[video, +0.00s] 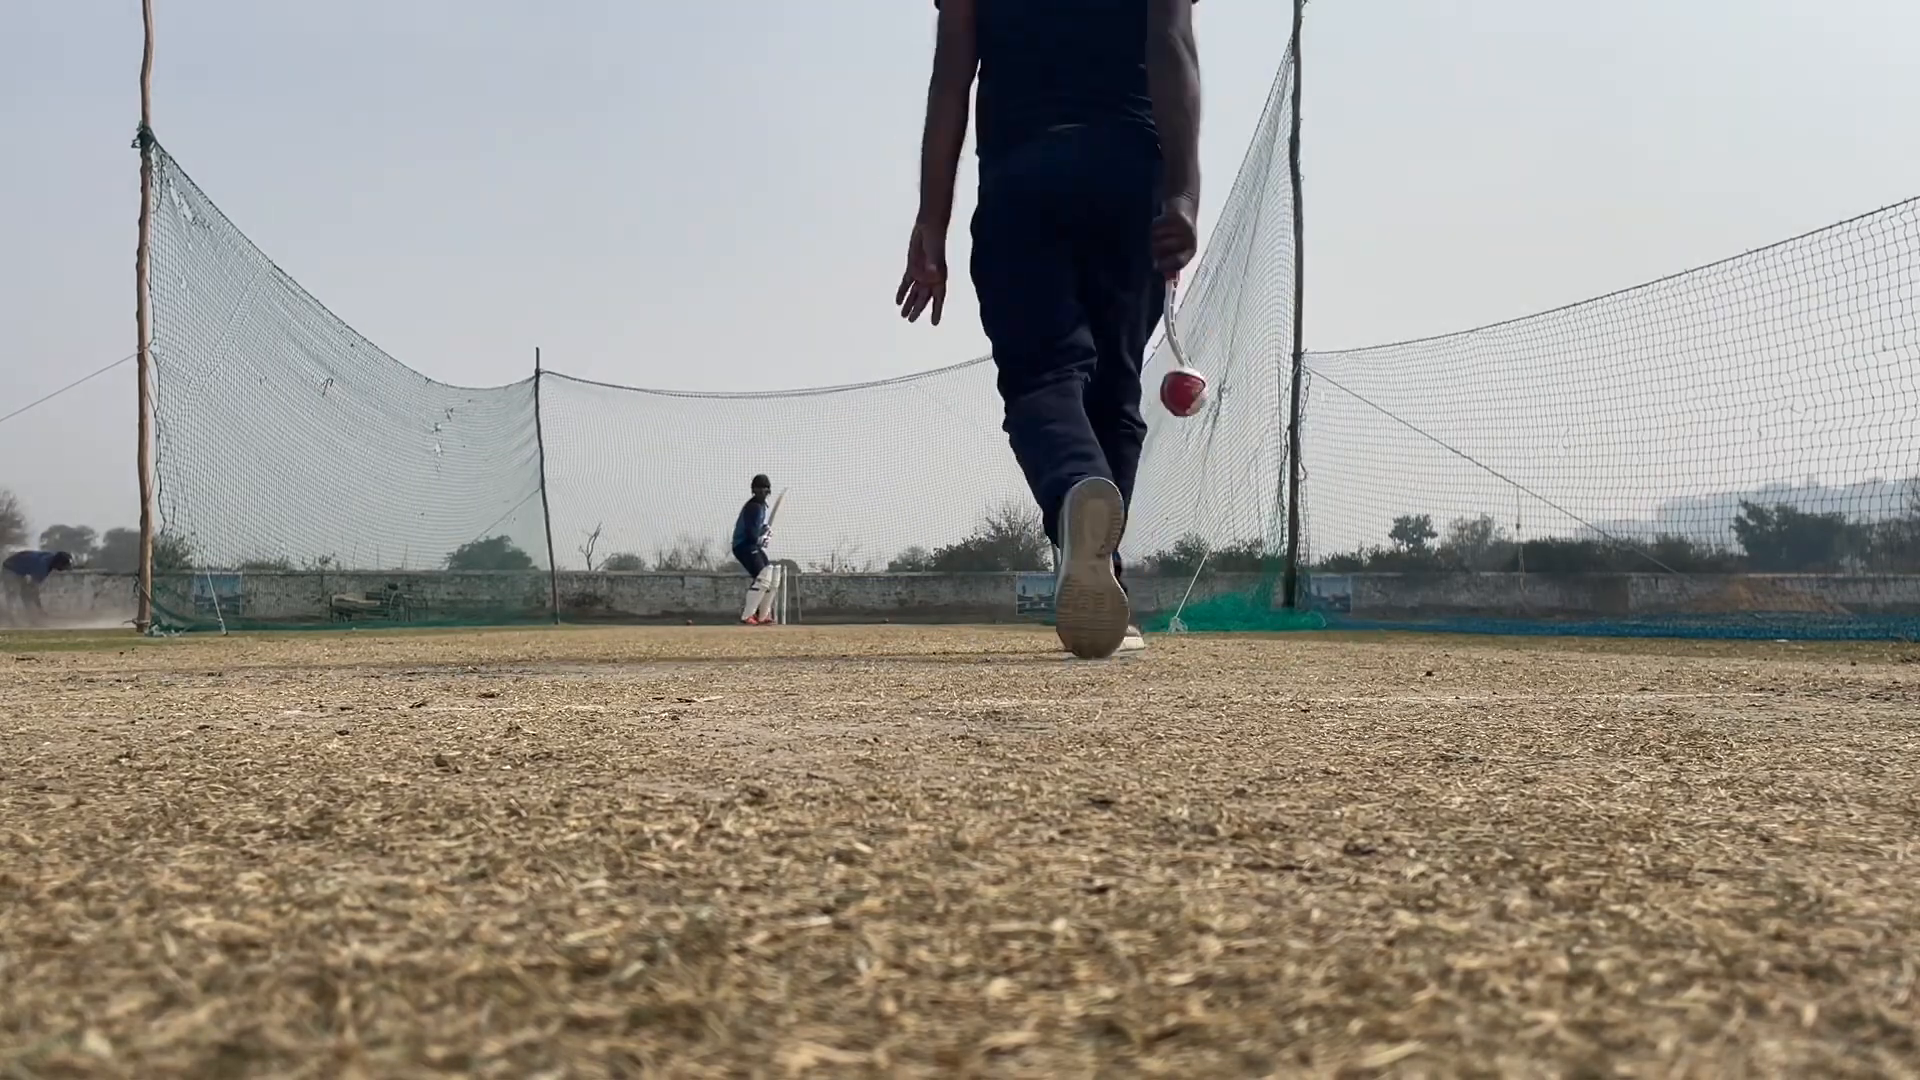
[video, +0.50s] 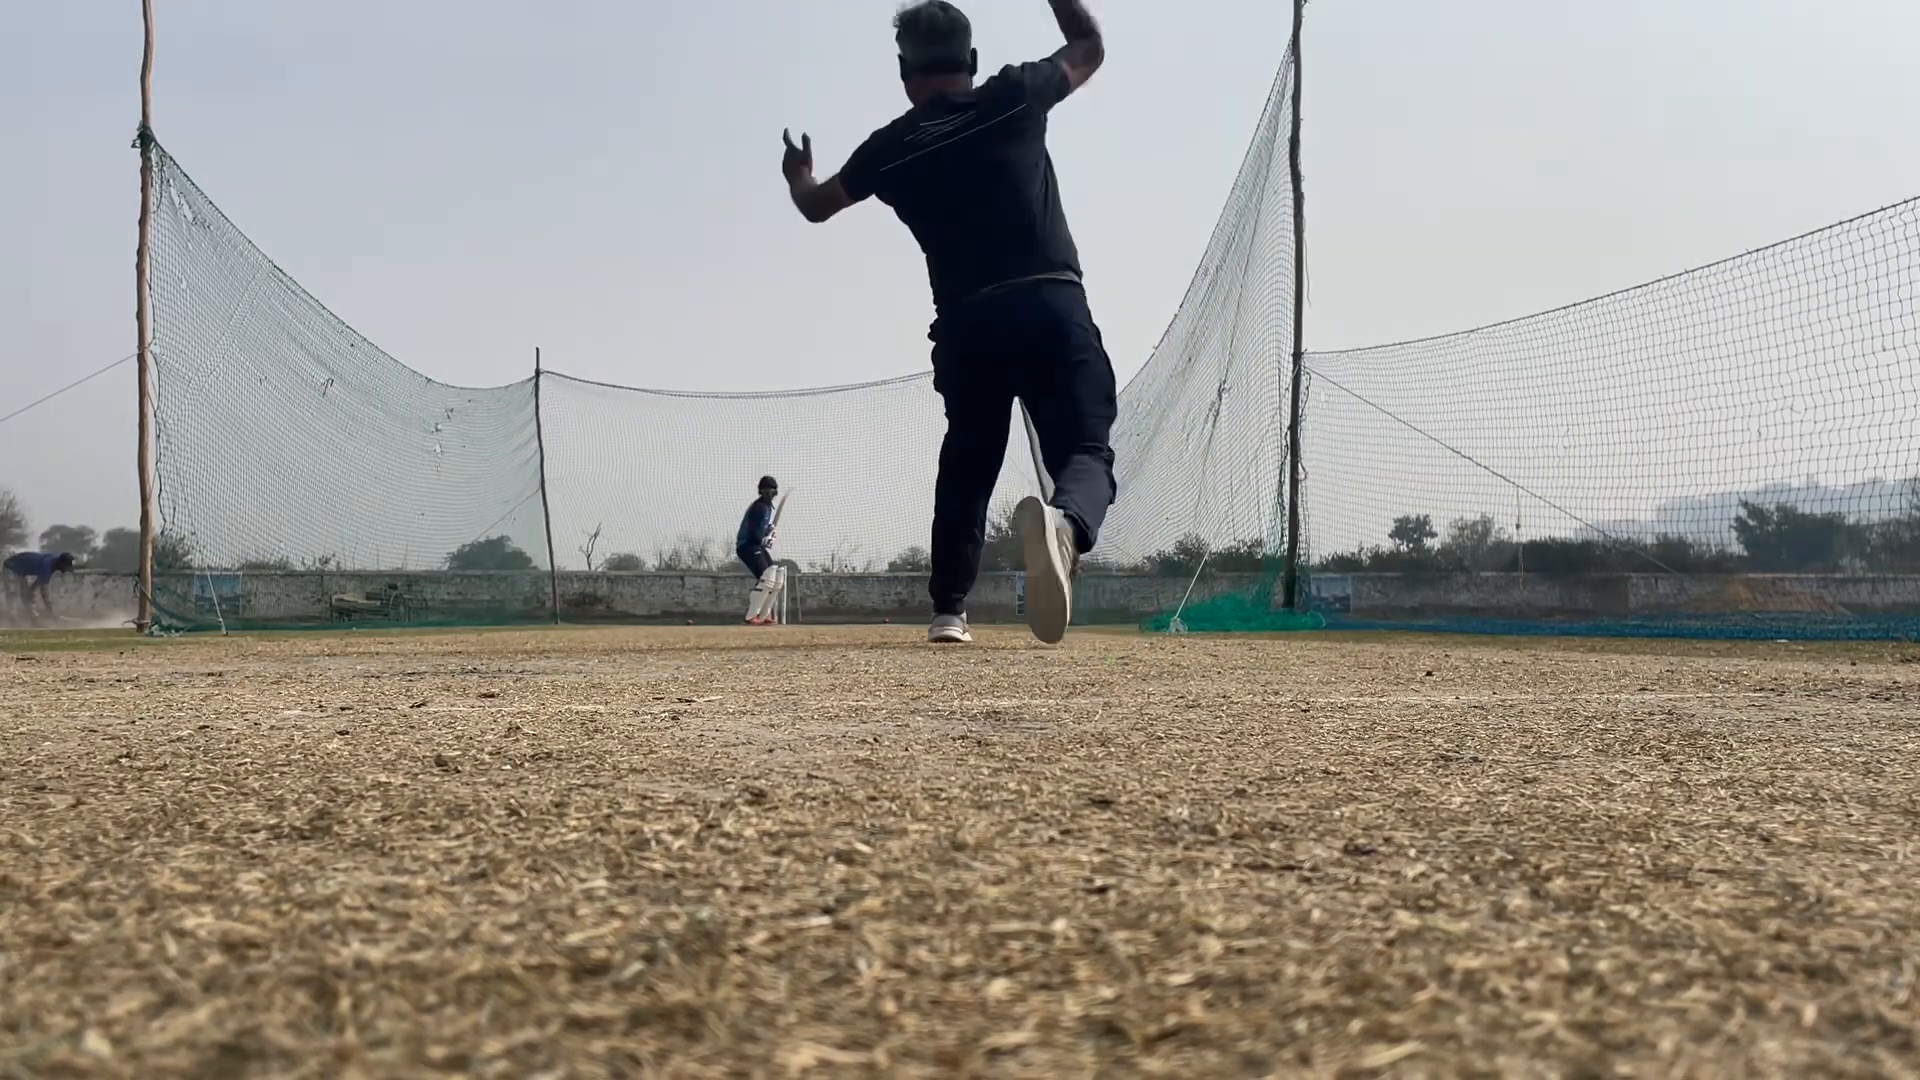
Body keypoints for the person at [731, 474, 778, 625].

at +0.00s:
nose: (762, 492)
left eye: (765, 488)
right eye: (759, 488)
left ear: (768, 490)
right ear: (753, 489)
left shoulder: (762, 506)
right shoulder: (754, 506)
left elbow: (761, 526)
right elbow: (751, 531)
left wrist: (765, 532)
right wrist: (760, 540)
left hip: (753, 544)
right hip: (743, 545)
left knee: (771, 574)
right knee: (763, 575)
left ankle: (763, 615)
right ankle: (747, 615)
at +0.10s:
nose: (764, 491)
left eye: (767, 488)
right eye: (761, 488)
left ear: (770, 489)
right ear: (755, 490)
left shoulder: (763, 506)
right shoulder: (754, 506)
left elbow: (761, 525)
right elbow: (752, 530)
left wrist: (767, 530)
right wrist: (761, 539)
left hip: (754, 544)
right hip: (744, 545)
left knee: (775, 575)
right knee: (764, 574)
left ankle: (763, 615)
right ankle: (749, 614)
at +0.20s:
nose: (767, 491)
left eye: (769, 487)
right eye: (763, 488)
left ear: (771, 489)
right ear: (757, 489)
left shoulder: (765, 506)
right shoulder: (755, 506)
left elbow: (762, 526)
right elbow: (752, 531)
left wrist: (767, 532)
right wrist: (762, 539)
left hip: (755, 544)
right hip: (744, 545)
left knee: (776, 576)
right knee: (765, 575)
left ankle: (764, 616)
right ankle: (751, 615)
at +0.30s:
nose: (767, 492)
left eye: (769, 488)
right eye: (763, 488)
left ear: (772, 490)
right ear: (757, 490)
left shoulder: (765, 507)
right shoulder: (756, 507)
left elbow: (763, 527)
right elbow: (753, 533)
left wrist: (768, 533)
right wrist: (762, 540)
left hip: (755, 545)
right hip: (745, 546)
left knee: (776, 576)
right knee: (766, 575)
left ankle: (764, 616)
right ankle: (751, 615)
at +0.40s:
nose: (769, 492)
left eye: (771, 488)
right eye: (765, 488)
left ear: (773, 490)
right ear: (759, 490)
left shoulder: (766, 507)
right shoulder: (758, 506)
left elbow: (763, 527)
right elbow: (754, 531)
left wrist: (768, 532)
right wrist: (763, 540)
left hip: (756, 545)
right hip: (746, 546)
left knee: (777, 576)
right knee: (767, 576)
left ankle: (764, 616)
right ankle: (751, 615)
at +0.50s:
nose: (773, 492)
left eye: (774, 489)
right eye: (769, 489)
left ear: (775, 491)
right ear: (762, 490)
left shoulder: (767, 507)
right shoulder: (760, 506)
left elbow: (764, 527)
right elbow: (755, 531)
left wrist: (769, 533)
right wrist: (764, 540)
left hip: (757, 545)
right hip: (747, 546)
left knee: (776, 576)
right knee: (767, 576)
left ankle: (764, 616)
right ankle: (751, 615)